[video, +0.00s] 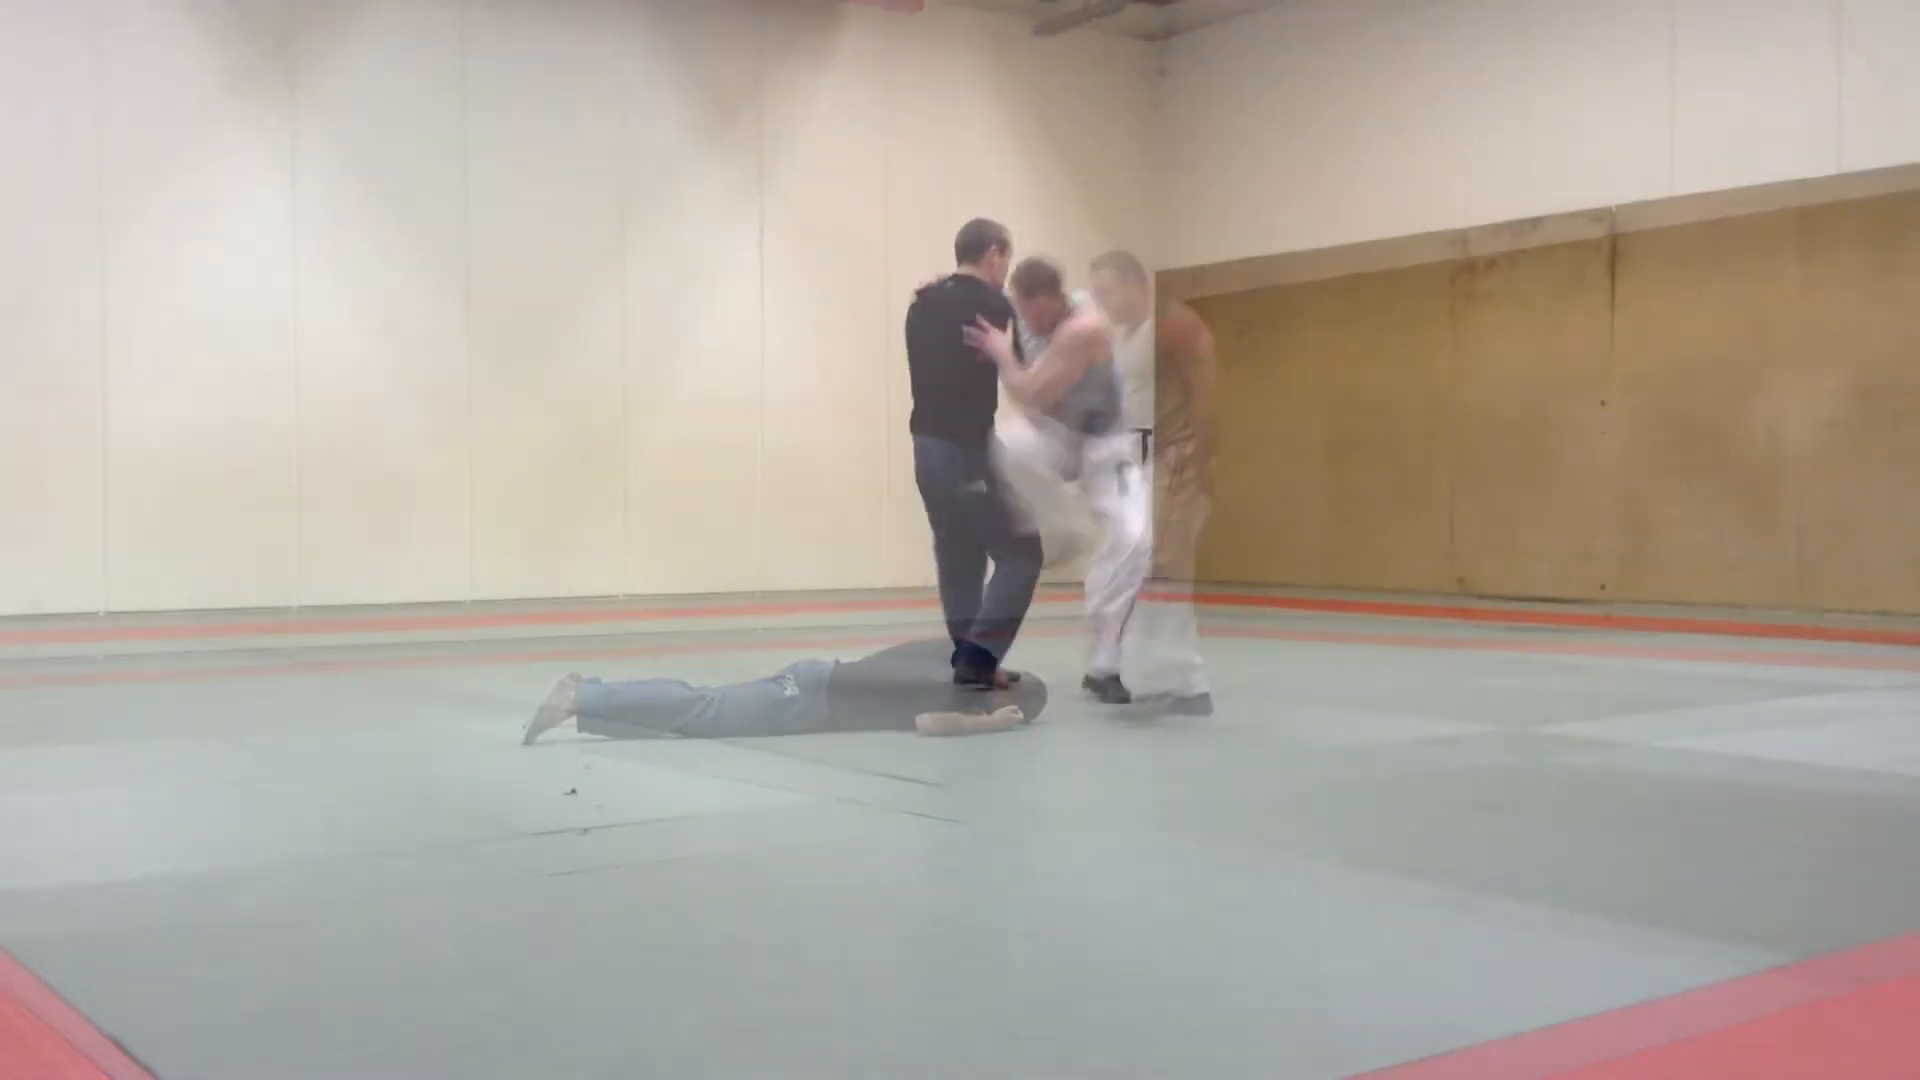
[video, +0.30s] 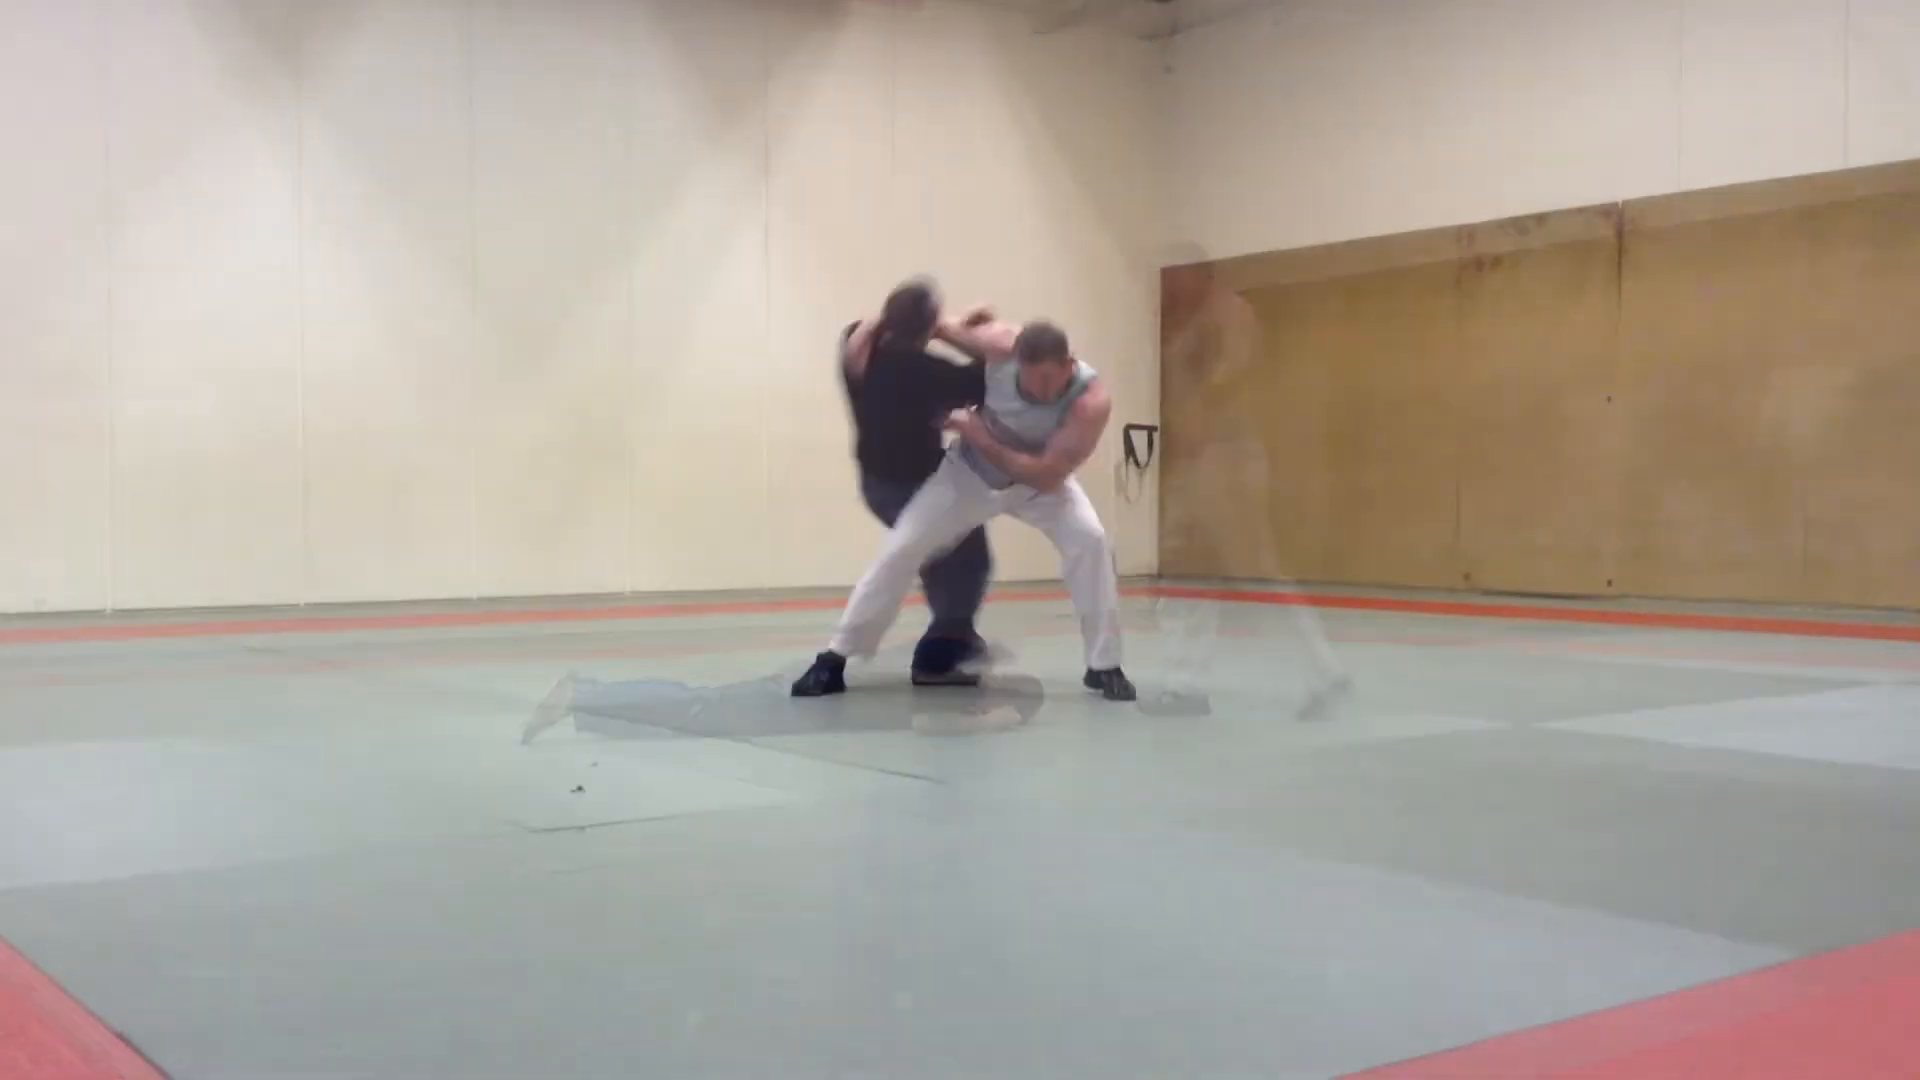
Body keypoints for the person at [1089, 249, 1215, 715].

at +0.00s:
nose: (1104, 304)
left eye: (1109, 292)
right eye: (1099, 294)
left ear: (1135, 284)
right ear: (1105, 295)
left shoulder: (1178, 328)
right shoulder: (1124, 337)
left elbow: (1203, 405)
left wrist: (1192, 466)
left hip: (1179, 464)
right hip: (1148, 464)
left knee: (1166, 565)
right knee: (1156, 565)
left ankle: (1179, 679)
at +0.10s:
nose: (1126, 295)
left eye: (1131, 282)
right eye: (1121, 284)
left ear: (1154, 276)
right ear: (1130, 282)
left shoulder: (1198, 315)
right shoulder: (1151, 327)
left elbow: (1219, 382)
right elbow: (1150, 402)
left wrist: (1204, 445)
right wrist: (1130, 462)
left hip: (1198, 454)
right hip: (1165, 456)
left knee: (1185, 564)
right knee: (1166, 566)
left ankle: (1217, 668)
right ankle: (1199, 669)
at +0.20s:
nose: (1144, 292)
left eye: (1148, 281)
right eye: (1142, 283)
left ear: (1173, 274)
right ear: (1165, 277)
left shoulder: (1212, 311)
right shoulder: (1176, 321)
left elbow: (1228, 369)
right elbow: (1181, 386)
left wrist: (1196, 422)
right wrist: (1165, 435)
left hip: (1211, 455)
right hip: (1179, 456)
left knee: (1219, 568)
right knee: (1180, 571)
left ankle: (1287, 656)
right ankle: (1187, 683)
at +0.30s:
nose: (1171, 289)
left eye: (1176, 279)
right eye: (1169, 281)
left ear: (1197, 276)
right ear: (1191, 278)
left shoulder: (1228, 309)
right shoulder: (1197, 319)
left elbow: (1236, 366)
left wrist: (1198, 412)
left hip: (1231, 453)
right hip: (1202, 454)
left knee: (1253, 565)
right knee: (1189, 567)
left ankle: (1326, 674)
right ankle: (1188, 684)